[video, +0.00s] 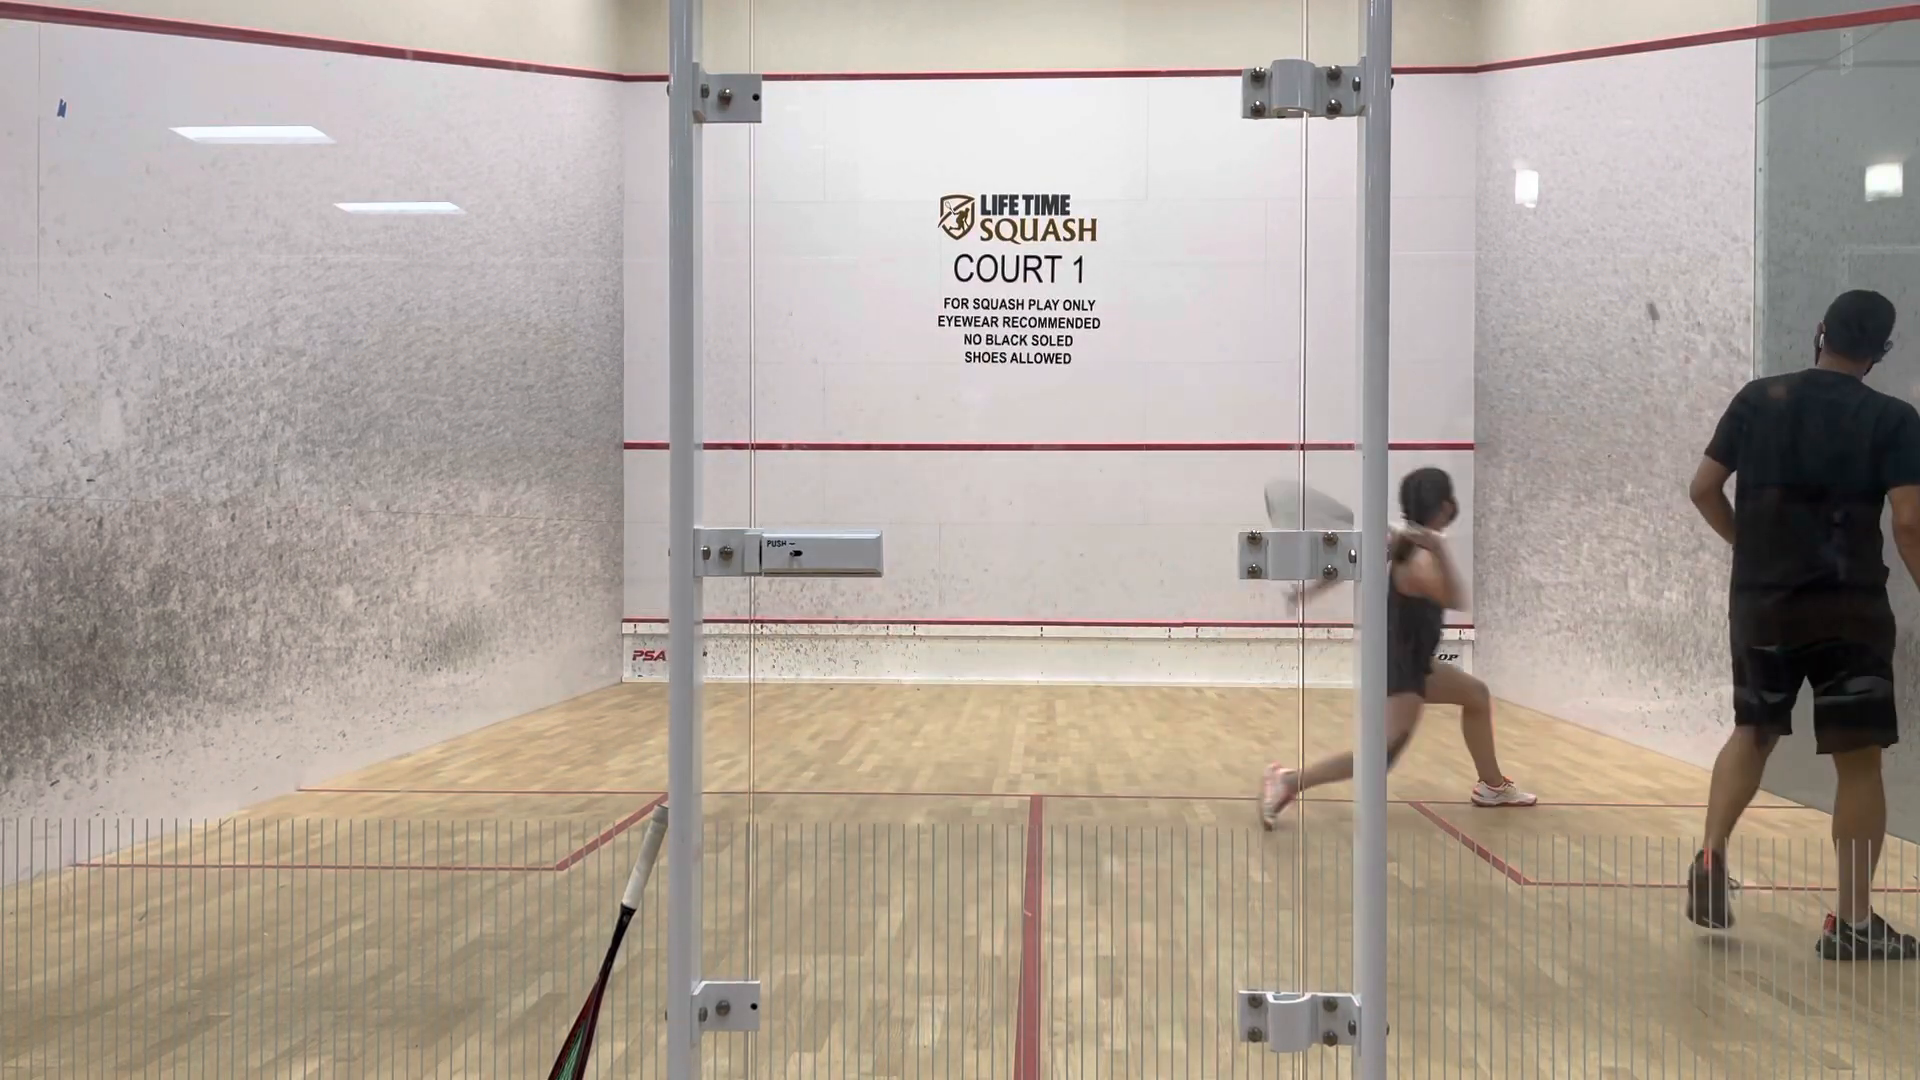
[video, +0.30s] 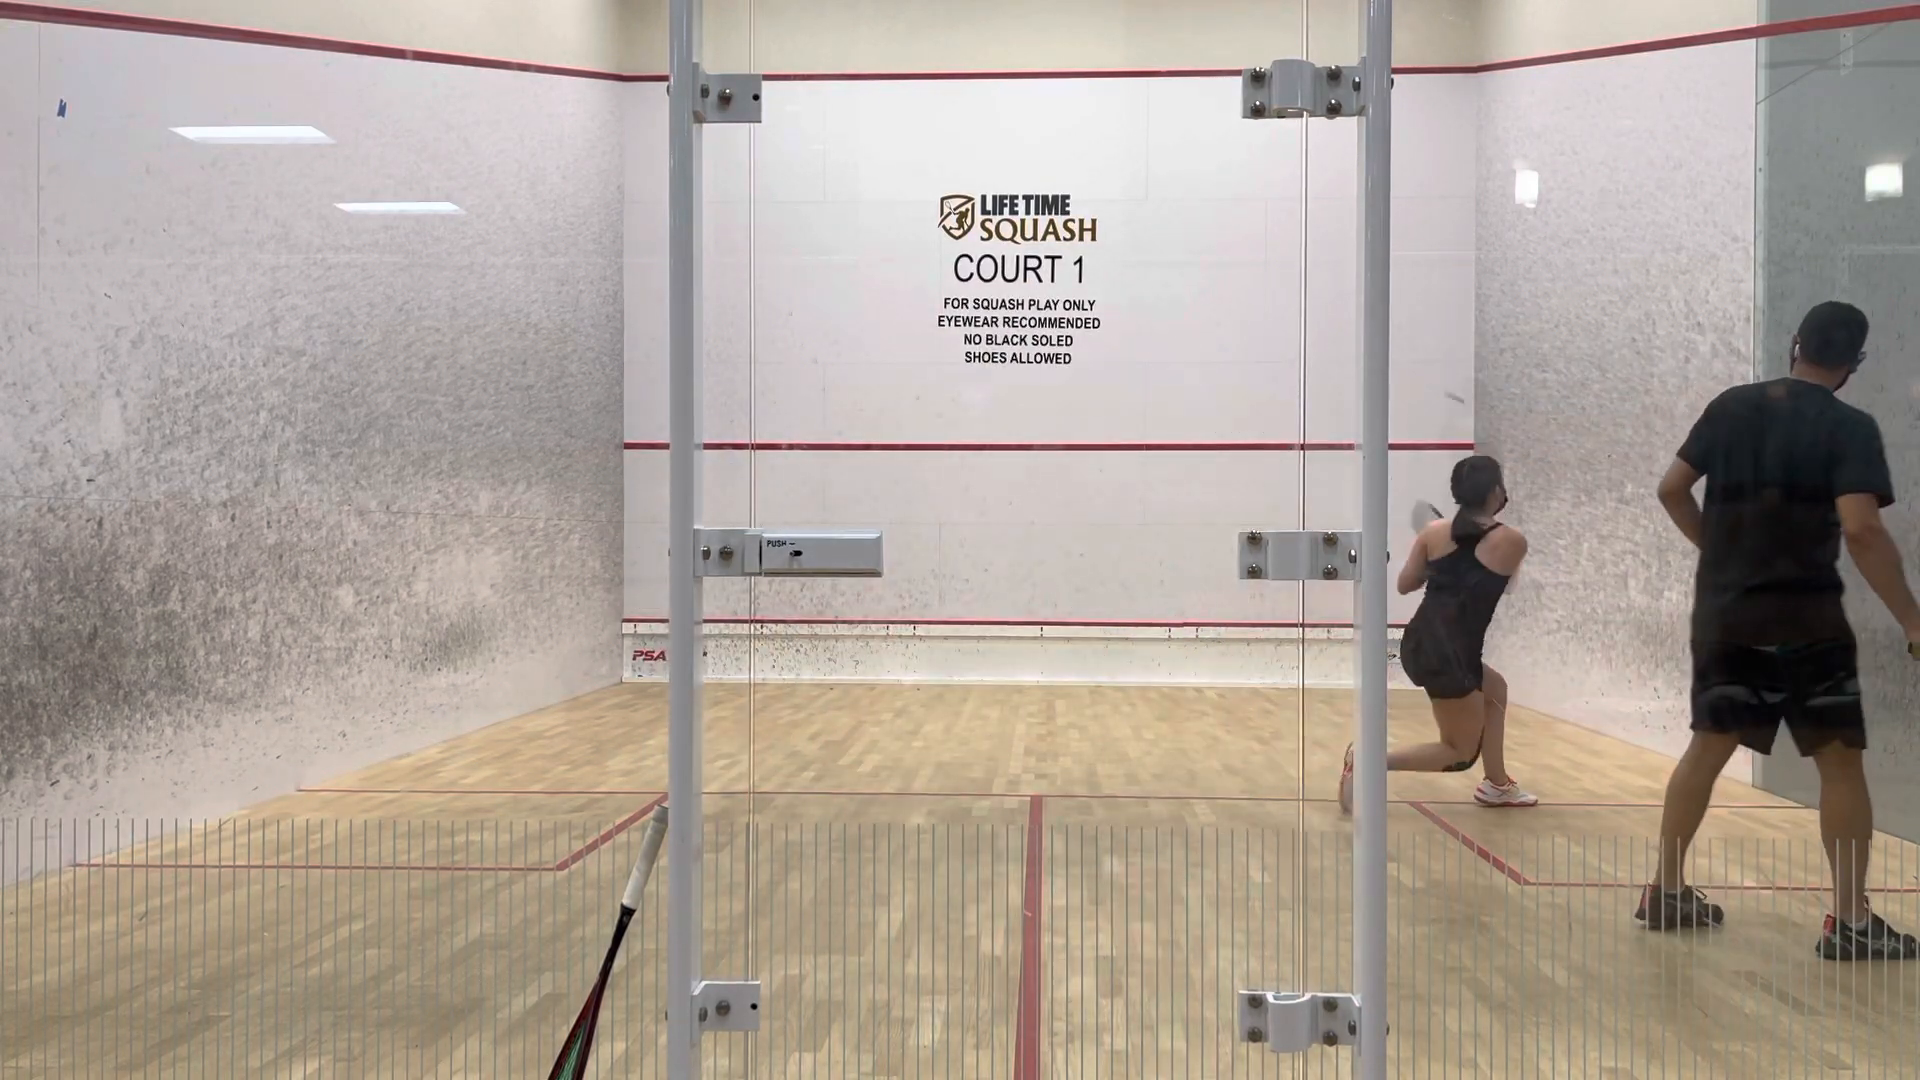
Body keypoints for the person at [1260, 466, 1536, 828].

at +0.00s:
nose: (1455, 505)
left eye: (1452, 498)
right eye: (1450, 499)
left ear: (1412, 506)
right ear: (1441, 507)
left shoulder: (1398, 545)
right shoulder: (1421, 560)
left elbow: (1351, 566)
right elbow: (1456, 600)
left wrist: (1306, 593)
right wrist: (1439, 548)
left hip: (1410, 667)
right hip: (1400, 672)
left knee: (1476, 694)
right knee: (1379, 759)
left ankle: (1492, 784)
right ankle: (1289, 781)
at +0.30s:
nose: (1504, 492)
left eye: (1501, 485)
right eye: (1502, 485)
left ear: (1457, 493)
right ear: (1496, 493)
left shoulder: (1433, 533)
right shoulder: (1511, 542)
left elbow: (1405, 585)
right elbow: (1505, 583)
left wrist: (1439, 556)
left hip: (1417, 648)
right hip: (1452, 659)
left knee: (1495, 689)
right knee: (1461, 753)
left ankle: (1497, 782)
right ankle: (1366, 762)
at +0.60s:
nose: (1456, 463)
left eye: (1454, 457)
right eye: (1454, 457)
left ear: (1408, 463)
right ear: (1449, 464)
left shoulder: (1392, 508)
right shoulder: (1465, 515)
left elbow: (1370, 551)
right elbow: (1481, 573)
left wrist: (1330, 569)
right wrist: (1446, 566)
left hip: (1397, 628)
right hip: (1439, 631)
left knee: (1457, 715)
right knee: (1452, 731)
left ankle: (1488, 782)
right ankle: (1385, 790)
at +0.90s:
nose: (1399, 436)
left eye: (1396, 428)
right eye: (1395, 430)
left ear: (1346, 433)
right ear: (1388, 437)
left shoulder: (1325, 483)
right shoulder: (1393, 487)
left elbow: (1296, 537)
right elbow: (1413, 555)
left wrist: (1327, 561)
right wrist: (1447, 572)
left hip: (1330, 605)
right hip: (1377, 606)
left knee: (1361, 689)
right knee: (1397, 707)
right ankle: (1372, 802)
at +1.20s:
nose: (1329, 451)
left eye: (1327, 443)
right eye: (1321, 444)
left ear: (1285, 451)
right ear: (1297, 449)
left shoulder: (1264, 494)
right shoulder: (1303, 502)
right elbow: (1310, 571)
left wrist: (1355, 563)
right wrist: (1358, 588)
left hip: (1244, 614)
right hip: (1285, 618)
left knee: (1224, 719)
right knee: (1337, 707)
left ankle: (1160, 795)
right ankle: (1364, 803)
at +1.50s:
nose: (1288, 439)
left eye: (1289, 432)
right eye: (1282, 432)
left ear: (1246, 437)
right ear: (1255, 435)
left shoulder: (1210, 474)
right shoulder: (1268, 487)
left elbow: (1179, 532)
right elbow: (1268, 557)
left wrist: (1215, 556)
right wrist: (1318, 575)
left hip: (1196, 605)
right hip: (1240, 610)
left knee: (1196, 713)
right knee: (1286, 705)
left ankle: (1155, 806)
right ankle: (1274, 801)